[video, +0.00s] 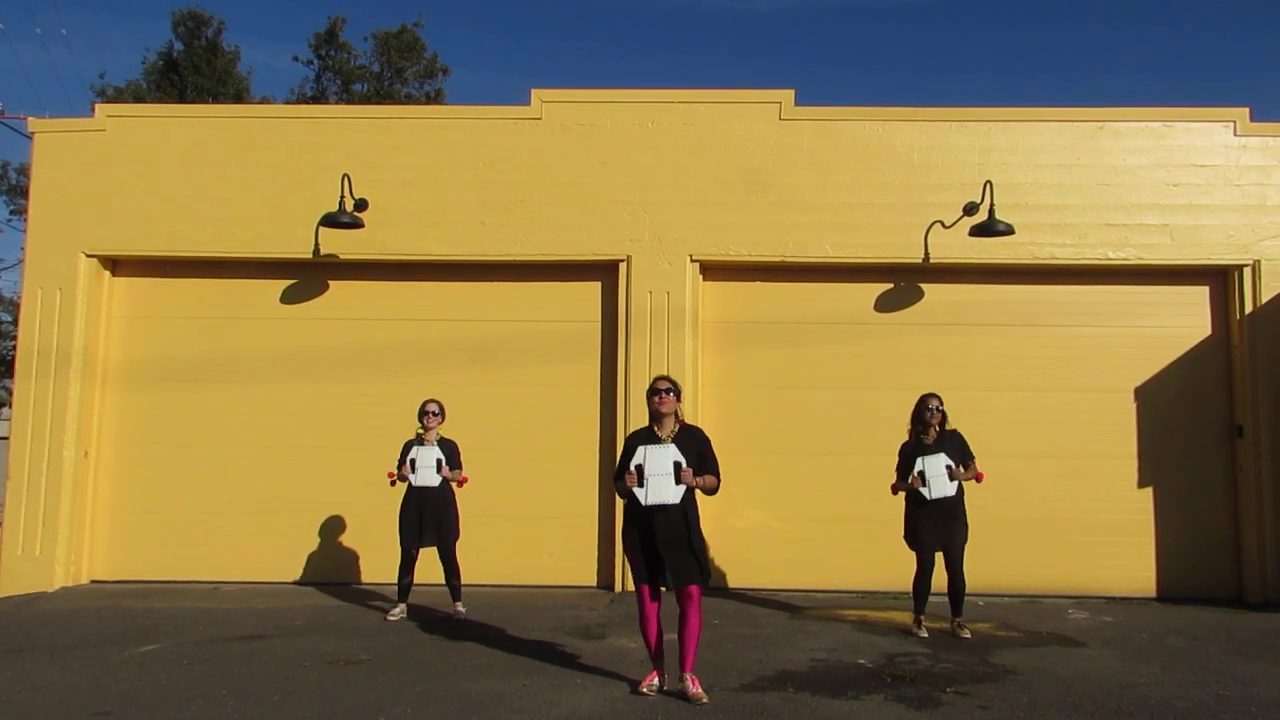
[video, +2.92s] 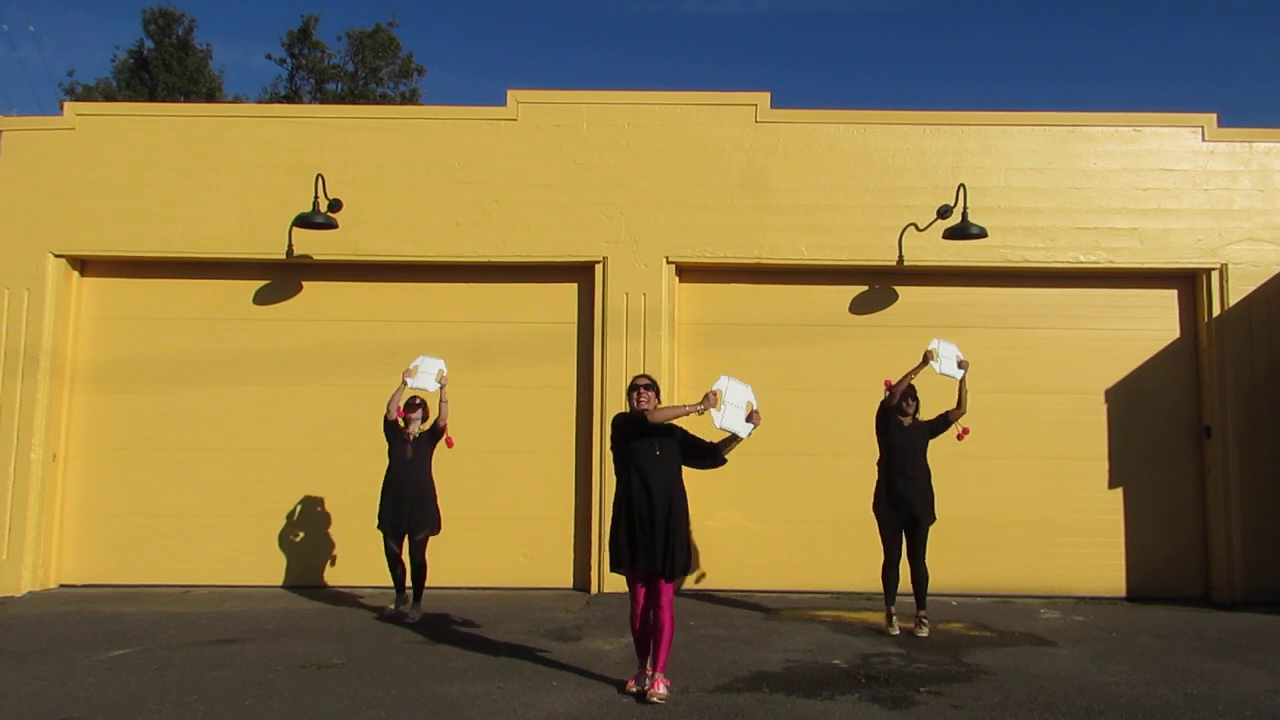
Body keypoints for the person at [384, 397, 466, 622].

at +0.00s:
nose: (430, 417)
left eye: (435, 414)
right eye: (426, 413)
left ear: (441, 418)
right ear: (420, 417)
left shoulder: (449, 446)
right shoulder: (410, 445)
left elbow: (458, 475)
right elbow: (401, 476)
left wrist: (448, 474)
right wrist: (404, 473)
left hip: (442, 507)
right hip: (414, 506)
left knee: (447, 555)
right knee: (408, 555)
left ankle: (457, 604)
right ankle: (401, 604)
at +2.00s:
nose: (410, 417)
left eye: (415, 413)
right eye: (406, 413)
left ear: (423, 417)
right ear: (402, 418)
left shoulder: (431, 446)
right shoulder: (393, 446)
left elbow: (441, 476)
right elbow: (382, 476)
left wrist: (428, 475)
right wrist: (384, 474)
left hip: (422, 510)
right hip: (393, 509)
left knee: (428, 558)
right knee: (387, 557)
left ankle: (436, 606)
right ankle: (380, 606)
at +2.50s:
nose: (407, 423)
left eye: (412, 420)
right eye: (403, 420)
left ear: (420, 425)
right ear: (399, 426)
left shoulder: (428, 454)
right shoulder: (391, 453)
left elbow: (438, 483)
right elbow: (374, 479)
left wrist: (430, 482)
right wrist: (387, 474)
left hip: (419, 516)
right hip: (391, 514)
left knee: (424, 561)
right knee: (382, 561)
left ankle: (432, 607)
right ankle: (378, 606)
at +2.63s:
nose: (407, 409)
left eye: (412, 406)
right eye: (403, 406)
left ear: (420, 412)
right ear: (398, 411)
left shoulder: (425, 436)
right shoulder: (390, 433)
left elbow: (440, 462)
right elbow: (381, 443)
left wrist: (450, 450)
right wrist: (410, 438)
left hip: (419, 501)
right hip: (392, 500)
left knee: (420, 554)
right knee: (385, 552)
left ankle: (426, 601)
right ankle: (375, 601)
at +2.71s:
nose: (407, 408)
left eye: (413, 405)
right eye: (403, 405)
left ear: (420, 413)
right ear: (397, 410)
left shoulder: (423, 439)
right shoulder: (388, 433)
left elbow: (442, 449)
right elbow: (391, 426)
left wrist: (458, 433)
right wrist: (422, 418)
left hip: (419, 501)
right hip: (393, 500)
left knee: (417, 553)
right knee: (388, 551)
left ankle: (418, 603)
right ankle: (382, 598)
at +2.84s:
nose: (409, 415)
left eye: (414, 413)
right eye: (408, 412)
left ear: (420, 420)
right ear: (403, 419)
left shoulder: (424, 443)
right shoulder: (393, 440)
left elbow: (447, 433)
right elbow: (396, 419)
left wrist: (456, 406)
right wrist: (417, 397)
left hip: (421, 508)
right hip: (394, 508)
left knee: (419, 559)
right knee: (386, 553)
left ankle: (417, 606)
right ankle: (394, 597)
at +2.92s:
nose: (414, 408)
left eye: (419, 406)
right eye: (411, 406)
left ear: (424, 414)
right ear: (404, 412)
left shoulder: (429, 438)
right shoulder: (394, 435)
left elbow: (442, 420)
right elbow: (391, 412)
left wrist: (443, 389)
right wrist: (403, 385)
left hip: (421, 502)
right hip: (394, 501)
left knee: (418, 555)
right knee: (392, 552)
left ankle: (416, 604)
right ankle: (400, 596)